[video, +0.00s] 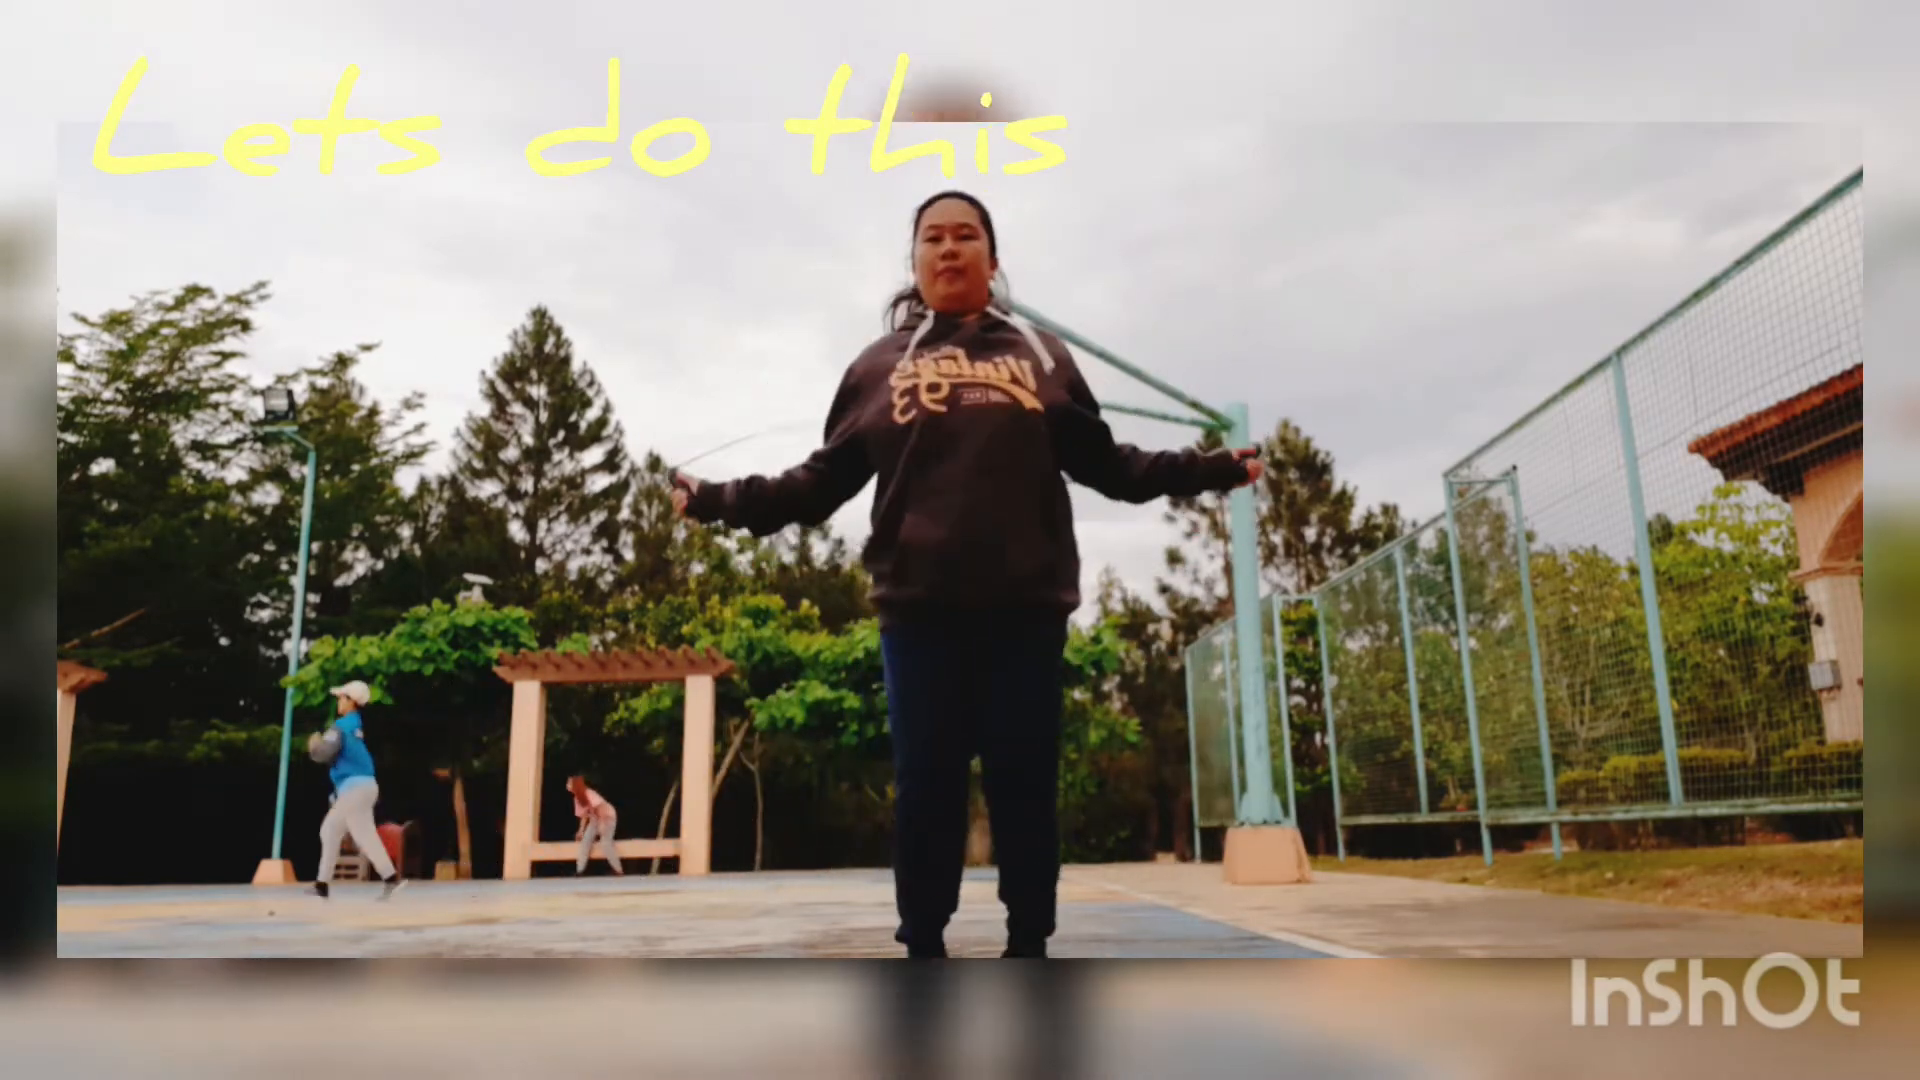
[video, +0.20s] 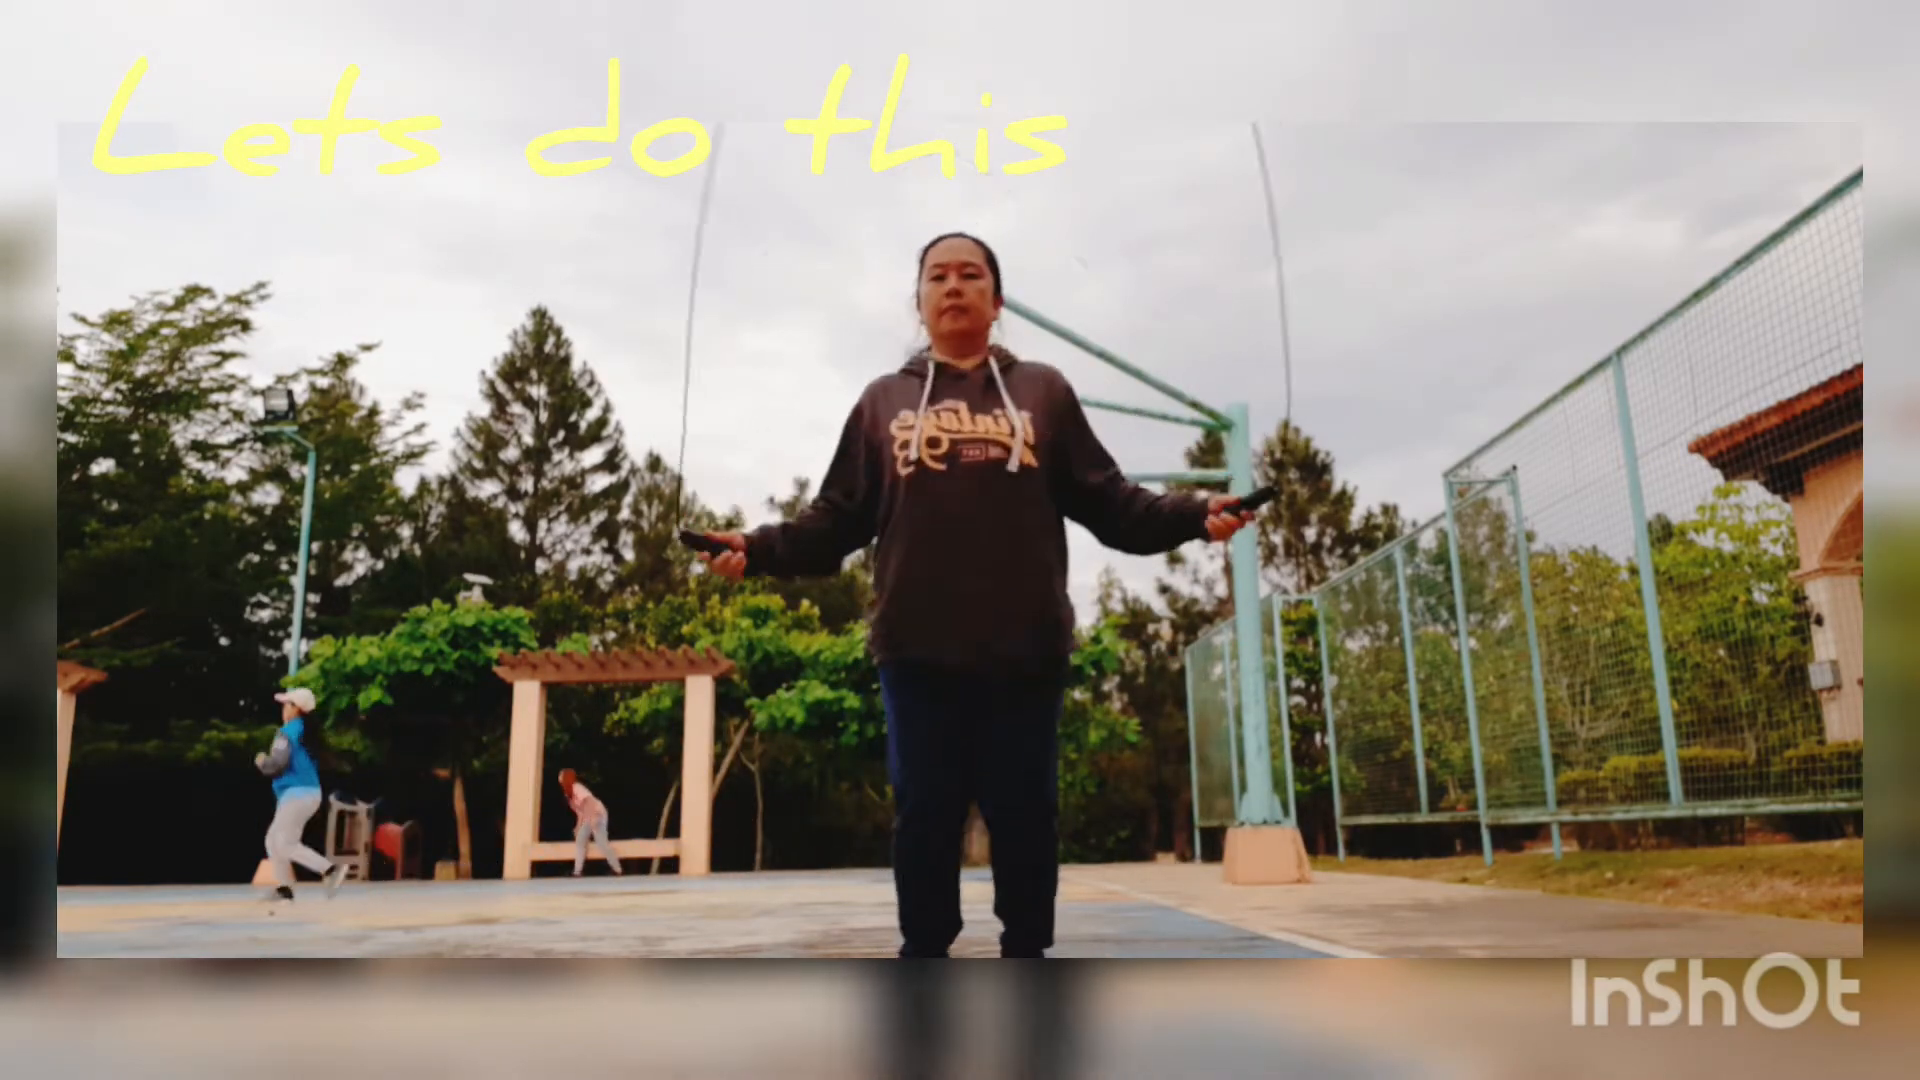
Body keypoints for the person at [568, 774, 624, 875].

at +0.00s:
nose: (569, 787)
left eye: (571, 784)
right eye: (569, 784)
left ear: (578, 785)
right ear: (571, 787)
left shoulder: (588, 795)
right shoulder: (578, 797)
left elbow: (598, 815)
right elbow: (584, 816)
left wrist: (600, 830)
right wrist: (580, 832)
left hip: (607, 815)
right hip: (594, 817)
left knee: (606, 842)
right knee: (586, 841)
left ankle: (618, 869)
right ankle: (580, 869)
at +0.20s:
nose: (561, 784)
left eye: (563, 780)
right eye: (560, 781)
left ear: (569, 780)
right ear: (563, 782)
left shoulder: (577, 788)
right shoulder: (570, 793)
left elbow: (589, 803)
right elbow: (580, 813)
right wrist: (578, 827)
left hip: (598, 814)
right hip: (587, 816)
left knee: (601, 842)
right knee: (580, 840)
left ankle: (617, 868)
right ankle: (577, 870)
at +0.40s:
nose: (551, 774)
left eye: (552, 771)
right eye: (551, 771)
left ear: (558, 771)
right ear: (560, 771)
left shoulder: (566, 781)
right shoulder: (562, 784)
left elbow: (575, 800)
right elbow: (570, 805)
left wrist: (571, 816)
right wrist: (566, 819)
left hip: (582, 813)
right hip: (575, 814)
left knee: (578, 840)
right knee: (571, 841)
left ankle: (599, 863)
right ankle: (575, 870)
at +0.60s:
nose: (546, 770)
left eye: (548, 767)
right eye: (547, 767)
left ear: (552, 768)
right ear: (554, 769)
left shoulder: (559, 779)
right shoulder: (553, 783)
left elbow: (566, 796)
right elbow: (559, 804)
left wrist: (564, 812)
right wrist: (553, 817)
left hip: (568, 810)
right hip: (564, 812)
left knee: (559, 838)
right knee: (566, 839)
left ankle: (559, 869)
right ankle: (575, 869)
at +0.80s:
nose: (537, 770)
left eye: (539, 767)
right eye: (538, 767)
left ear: (542, 768)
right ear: (548, 768)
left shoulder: (547, 780)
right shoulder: (546, 781)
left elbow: (552, 797)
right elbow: (542, 799)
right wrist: (543, 817)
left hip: (554, 814)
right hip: (558, 813)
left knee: (545, 840)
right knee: (561, 841)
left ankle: (538, 870)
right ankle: (574, 868)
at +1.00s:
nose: (525, 766)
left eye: (526, 763)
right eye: (529, 763)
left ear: (526, 765)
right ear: (537, 764)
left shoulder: (527, 779)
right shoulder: (542, 778)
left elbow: (531, 796)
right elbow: (545, 795)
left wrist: (532, 814)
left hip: (536, 809)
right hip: (545, 808)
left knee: (528, 840)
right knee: (537, 840)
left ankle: (535, 868)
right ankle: (556, 861)